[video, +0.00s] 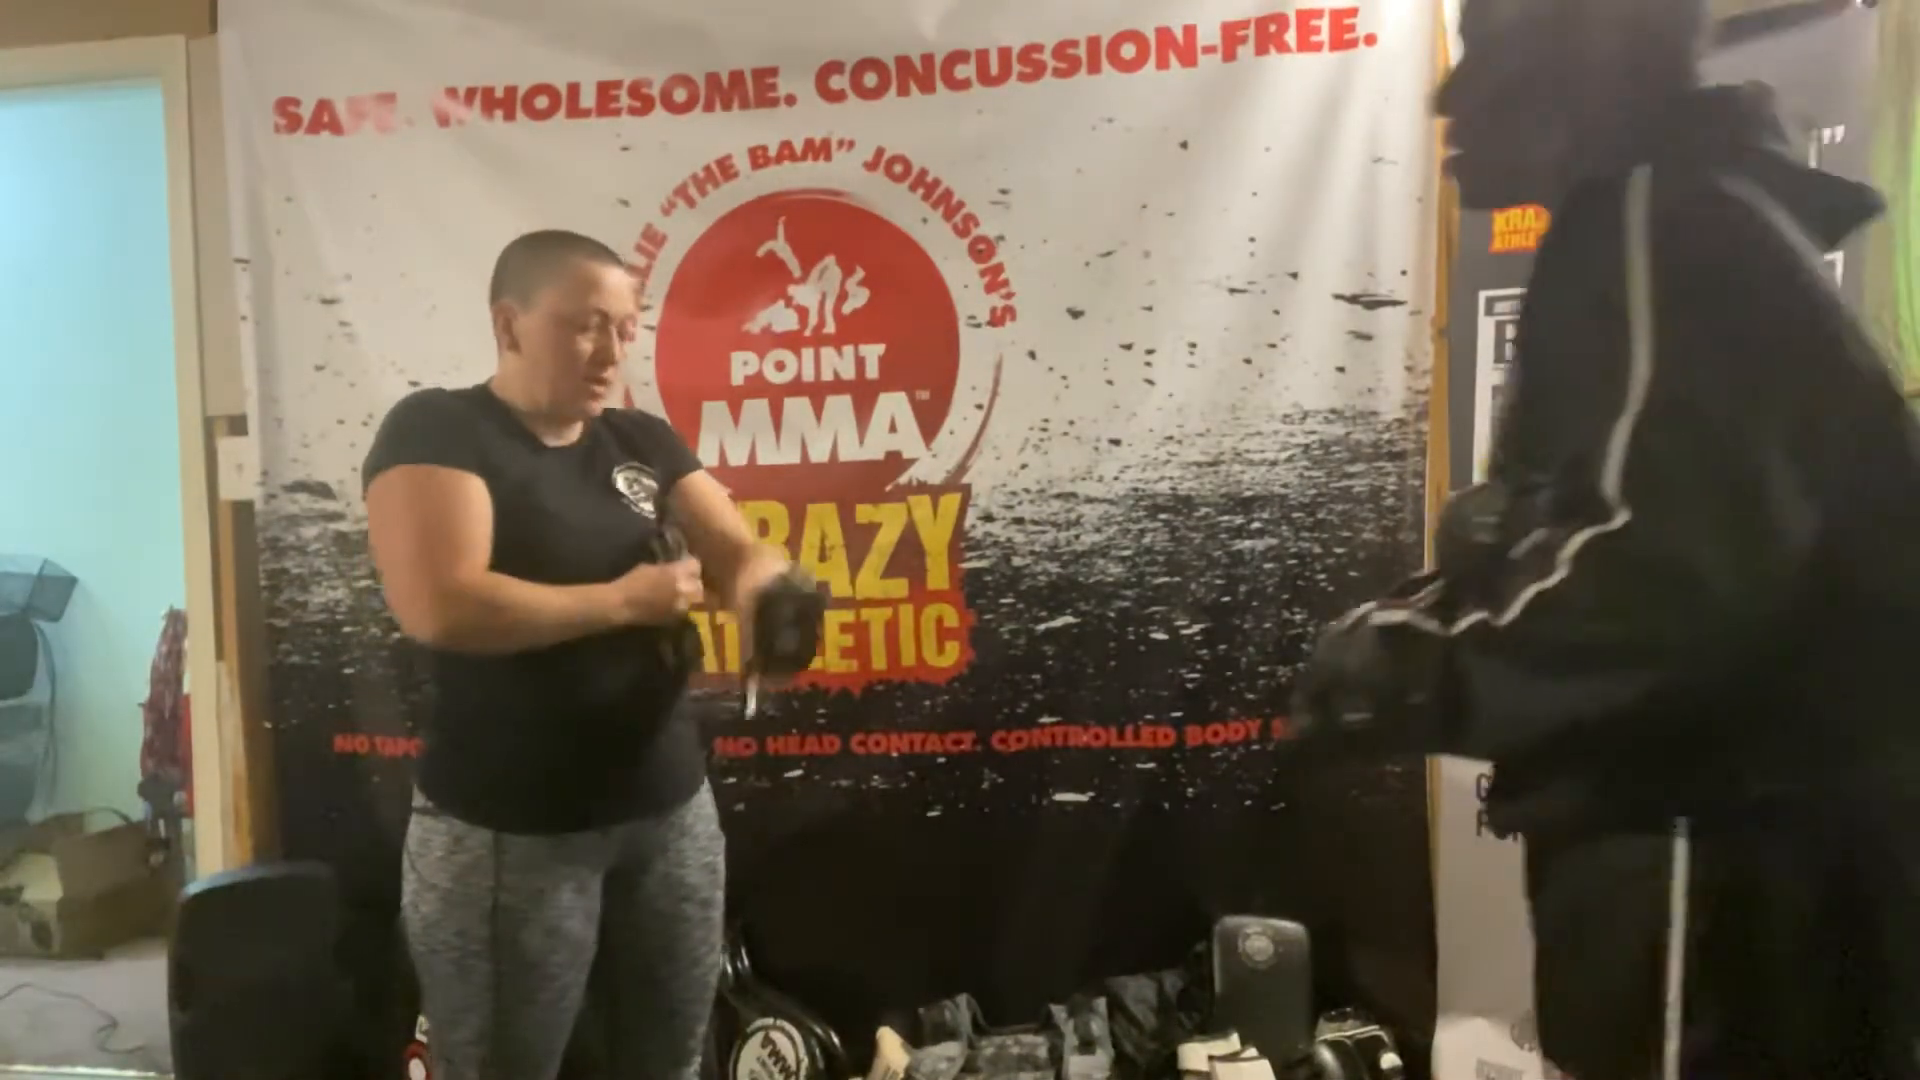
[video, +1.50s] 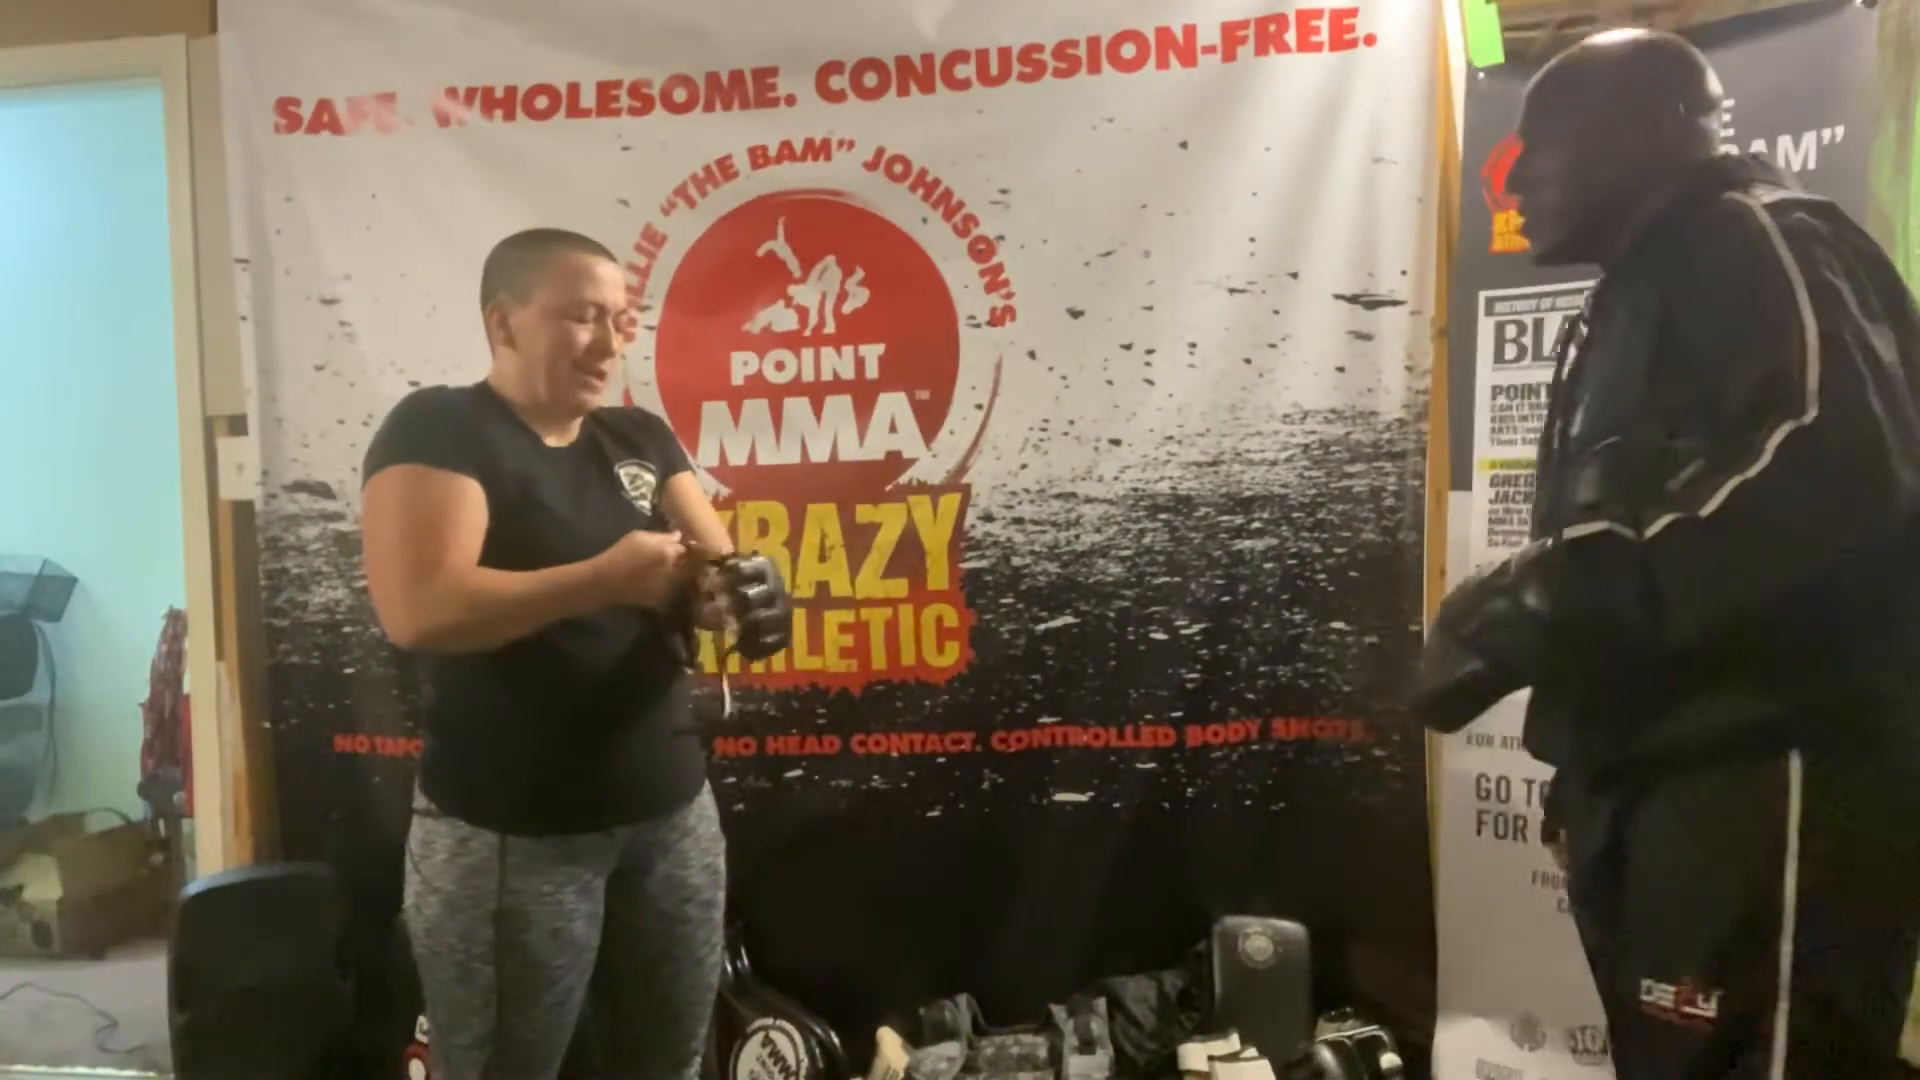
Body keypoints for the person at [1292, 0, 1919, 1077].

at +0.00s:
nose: (1446, 93)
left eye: (1483, 46)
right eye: (1462, 51)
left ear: (1601, 50)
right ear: (1607, 63)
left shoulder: (1658, 217)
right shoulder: (1642, 217)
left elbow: (1681, 556)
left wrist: (1396, 671)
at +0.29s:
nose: (1359, 98)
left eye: (1394, 48)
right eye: (1370, 54)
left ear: (1520, 42)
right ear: (1519, 53)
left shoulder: (1600, 209)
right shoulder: (1527, 229)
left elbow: (1650, 561)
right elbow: (1472, 516)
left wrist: (1361, 673)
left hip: (1661, 864)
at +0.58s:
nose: (1386, 91)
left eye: (1423, 42)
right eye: (1402, 48)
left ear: (1543, 43)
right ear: (1529, 53)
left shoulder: (1653, 206)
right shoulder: (1514, 240)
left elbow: (1722, 557)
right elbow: (1479, 555)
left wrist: (1391, 672)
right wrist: (1371, 748)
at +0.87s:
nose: (1436, 105)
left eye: (1476, 66)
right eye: (1452, 69)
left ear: (1587, 70)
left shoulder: (1704, 224)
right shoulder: (1527, 260)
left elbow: (1768, 544)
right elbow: (1485, 551)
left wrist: (1440, 656)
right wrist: (1358, 730)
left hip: (1684, 869)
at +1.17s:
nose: (1482, 148)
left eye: (1515, 108)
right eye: (1493, 112)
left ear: (1611, 112)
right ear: (1623, 116)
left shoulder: (1728, 236)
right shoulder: (1597, 276)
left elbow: (1799, 514)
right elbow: (1556, 529)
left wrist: (1495, 620)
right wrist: (1482, 753)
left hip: (1719, 801)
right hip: (1611, 796)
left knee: (1706, 1061)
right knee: (1612, 1059)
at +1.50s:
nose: (1511, 169)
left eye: (1539, 139)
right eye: (1518, 142)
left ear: (1637, 136)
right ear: (1621, 148)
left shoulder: (1755, 233)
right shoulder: (1624, 303)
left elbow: (1838, 464)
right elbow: (1610, 529)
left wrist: (1547, 602)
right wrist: (1582, 769)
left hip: (1777, 787)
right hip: (1672, 789)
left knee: (1769, 1057)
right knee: (1679, 1055)